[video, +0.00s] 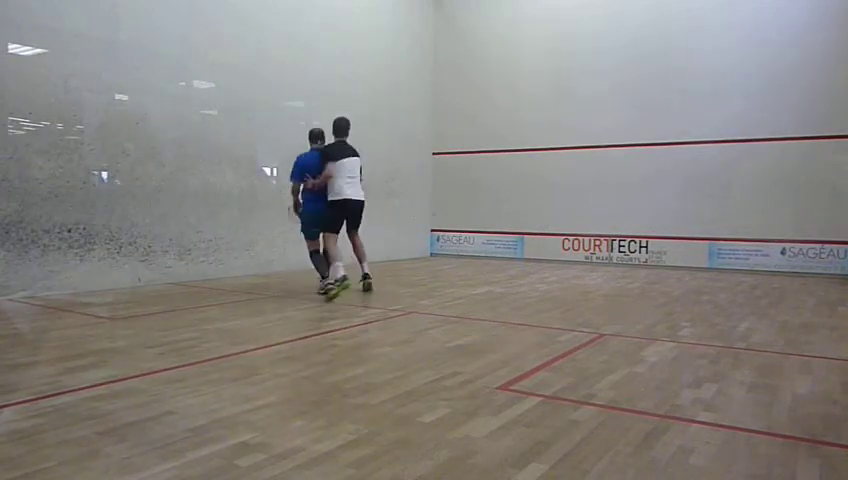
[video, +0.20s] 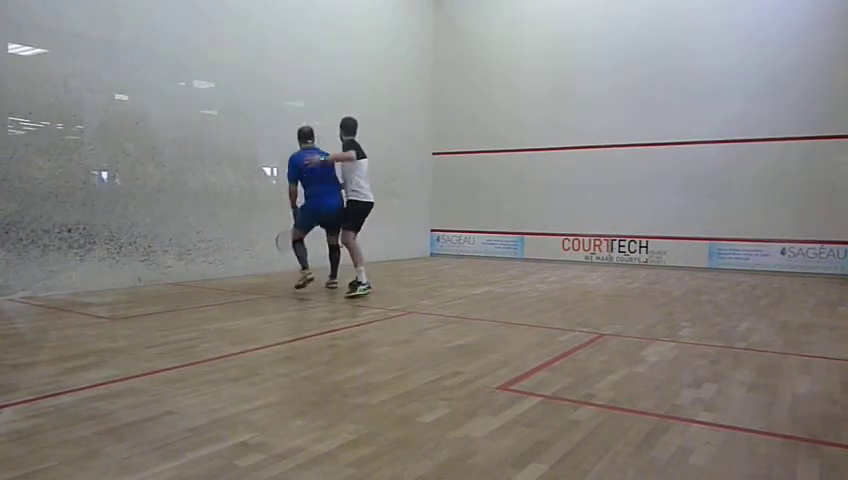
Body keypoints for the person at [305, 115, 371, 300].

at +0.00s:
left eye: (335, 130)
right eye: (345, 129)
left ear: (332, 131)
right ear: (348, 132)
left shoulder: (327, 150)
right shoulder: (354, 152)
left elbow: (328, 175)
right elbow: (359, 177)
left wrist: (314, 183)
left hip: (337, 199)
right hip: (357, 198)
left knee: (330, 238)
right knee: (354, 234)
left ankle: (339, 273)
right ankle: (366, 271)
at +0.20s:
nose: (339, 133)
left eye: (340, 129)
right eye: (342, 129)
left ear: (341, 131)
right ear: (355, 131)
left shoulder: (350, 144)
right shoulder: (353, 148)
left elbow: (351, 156)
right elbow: (349, 181)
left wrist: (324, 160)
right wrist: (332, 187)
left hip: (359, 199)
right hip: (357, 199)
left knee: (347, 239)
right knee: (348, 239)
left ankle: (362, 280)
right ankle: (361, 278)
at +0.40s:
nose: (344, 130)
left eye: (345, 126)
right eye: (344, 126)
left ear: (352, 127)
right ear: (355, 128)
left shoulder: (360, 141)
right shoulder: (355, 149)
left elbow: (369, 157)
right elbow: (359, 180)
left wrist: (343, 159)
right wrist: (338, 187)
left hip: (370, 196)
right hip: (363, 196)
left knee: (362, 236)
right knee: (356, 236)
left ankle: (382, 279)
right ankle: (362, 277)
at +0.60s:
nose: (353, 127)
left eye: (356, 123)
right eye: (354, 123)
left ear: (365, 126)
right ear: (364, 126)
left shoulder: (371, 142)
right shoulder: (365, 147)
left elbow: (381, 161)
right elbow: (371, 178)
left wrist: (357, 164)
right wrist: (354, 189)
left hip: (377, 197)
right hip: (370, 197)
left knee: (370, 237)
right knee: (362, 236)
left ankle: (389, 280)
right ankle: (362, 277)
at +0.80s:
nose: (364, 125)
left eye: (368, 122)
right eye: (364, 121)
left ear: (377, 125)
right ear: (367, 124)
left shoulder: (381, 142)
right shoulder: (372, 145)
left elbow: (391, 163)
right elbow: (381, 174)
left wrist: (367, 171)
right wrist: (366, 191)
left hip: (386, 196)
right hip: (378, 195)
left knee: (378, 237)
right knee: (372, 236)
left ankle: (390, 281)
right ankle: (365, 276)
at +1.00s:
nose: (372, 123)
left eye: (377, 120)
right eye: (372, 119)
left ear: (386, 124)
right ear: (374, 122)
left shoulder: (388, 141)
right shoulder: (379, 144)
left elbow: (399, 164)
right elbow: (386, 172)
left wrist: (379, 177)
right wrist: (374, 190)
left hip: (393, 195)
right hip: (385, 194)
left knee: (386, 235)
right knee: (377, 234)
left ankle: (390, 280)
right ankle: (383, 276)